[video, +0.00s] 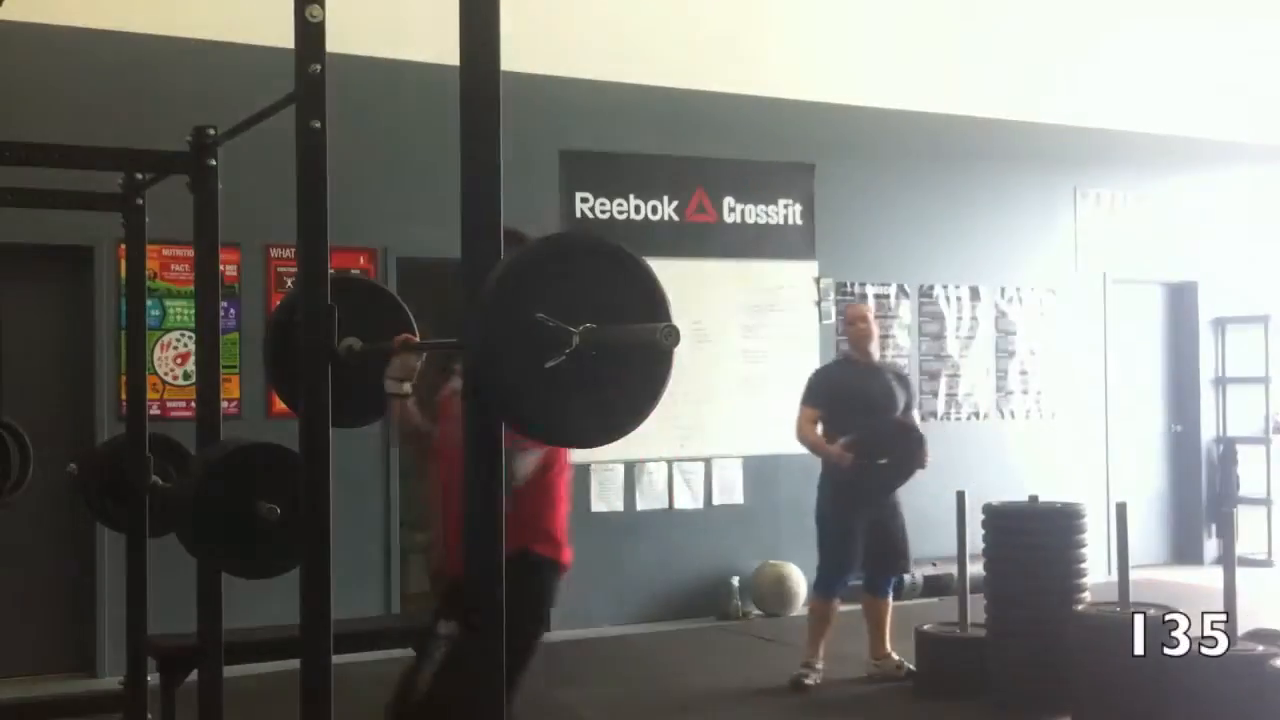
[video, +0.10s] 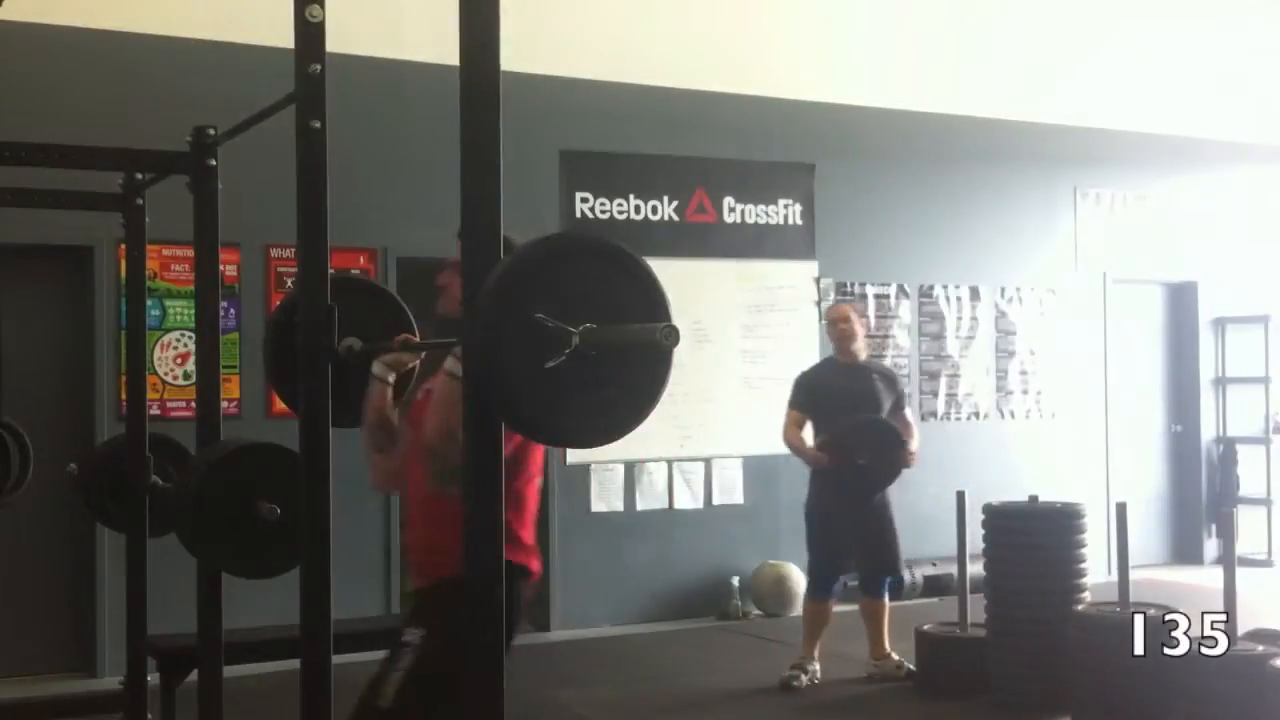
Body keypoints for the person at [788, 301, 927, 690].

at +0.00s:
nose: (861, 326)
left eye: (866, 320)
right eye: (853, 321)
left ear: (876, 326)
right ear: (844, 329)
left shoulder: (898, 379)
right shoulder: (827, 376)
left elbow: (907, 427)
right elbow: (804, 428)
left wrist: (915, 452)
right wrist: (829, 451)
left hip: (883, 485)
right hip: (841, 485)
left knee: (884, 572)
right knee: (832, 574)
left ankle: (882, 655)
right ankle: (813, 661)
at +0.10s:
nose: (841, 328)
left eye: (848, 321)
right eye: (834, 323)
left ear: (864, 326)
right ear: (828, 331)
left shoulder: (886, 378)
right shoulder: (812, 379)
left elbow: (907, 424)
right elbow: (791, 429)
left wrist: (909, 449)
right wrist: (807, 453)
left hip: (873, 487)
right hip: (829, 488)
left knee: (877, 573)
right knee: (822, 576)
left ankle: (881, 654)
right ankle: (808, 660)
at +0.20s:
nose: (825, 328)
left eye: (830, 321)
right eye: (819, 323)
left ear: (845, 327)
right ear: (812, 332)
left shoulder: (872, 376)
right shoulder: (796, 381)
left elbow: (897, 427)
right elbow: (777, 431)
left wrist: (891, 450)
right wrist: (788, 454)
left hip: (860, 489)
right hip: (814, 489)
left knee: (873, 573)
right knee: (812, 579)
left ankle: (881, 655)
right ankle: (806, 660)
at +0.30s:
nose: (810, 328)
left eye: (816, 320)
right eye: (803, 323)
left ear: (831, 326)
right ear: (798, 332)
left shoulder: (859, 376)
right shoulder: (784, 381)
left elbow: (886, 428)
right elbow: (765, 429)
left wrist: (872, 449)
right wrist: (770, 453)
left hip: (846, 486)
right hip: (800, 487)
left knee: (870, 569)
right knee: (803, 578)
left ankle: (881, 653)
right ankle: (805, 661)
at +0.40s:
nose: (798, 327)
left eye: (804, 320)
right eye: (792, 322)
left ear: (821, 323)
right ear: (787, 330)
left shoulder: (846, 372)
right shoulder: (774, 379)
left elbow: (877, 426)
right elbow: (757, 427)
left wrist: (857, 446)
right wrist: (754, 449)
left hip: (835, 482)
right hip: (790, 484)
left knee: (865, 565)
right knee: (798, 576)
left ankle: (869, 645)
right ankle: (806, 661)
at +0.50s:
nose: (789, 327)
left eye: (796, 319)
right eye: (784, 321)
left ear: (813, 324)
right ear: (778, 329)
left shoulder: (839, 374)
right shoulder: (767, 379)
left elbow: (867, 426)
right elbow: (752, 429)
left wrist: (844, 448)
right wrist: (745, 453)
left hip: (827, 484)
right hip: (784, 485)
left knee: (847, 568)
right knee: (796, 576)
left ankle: (856, 647)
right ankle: (805, 662)